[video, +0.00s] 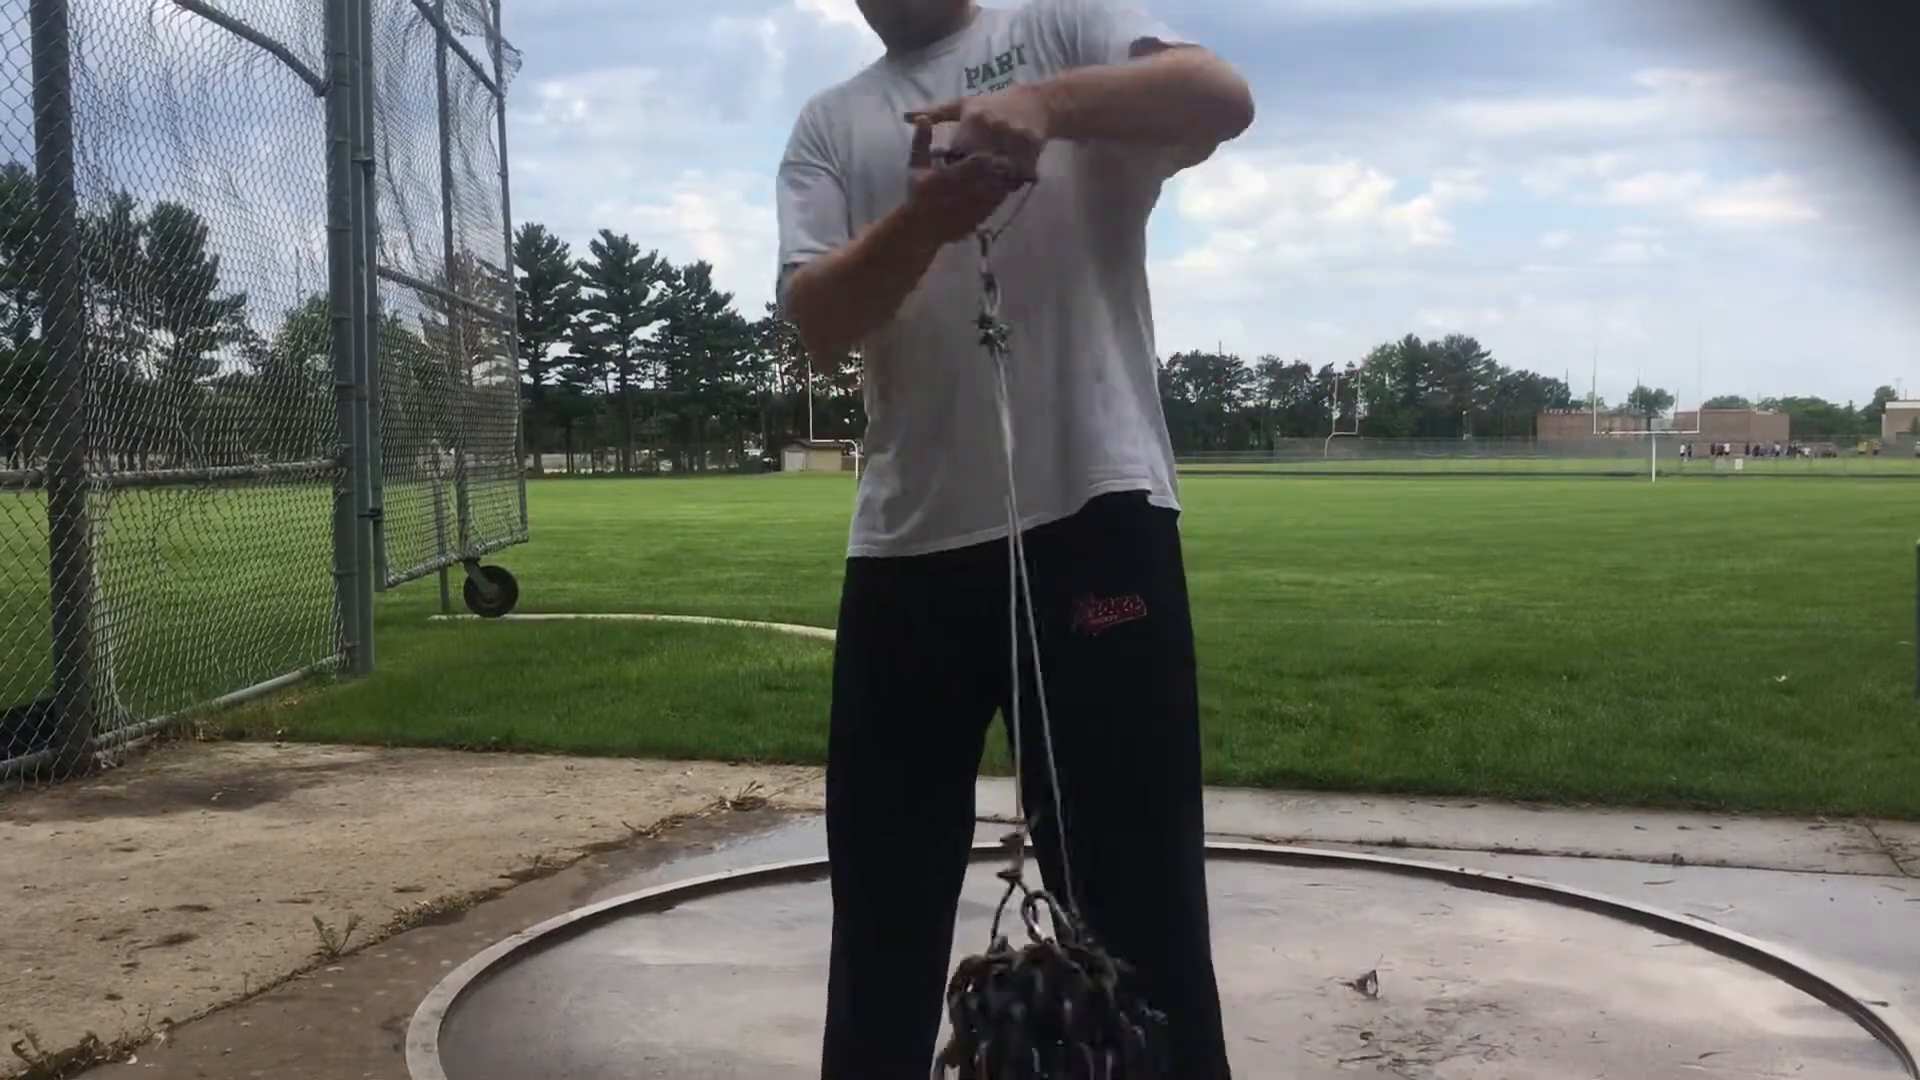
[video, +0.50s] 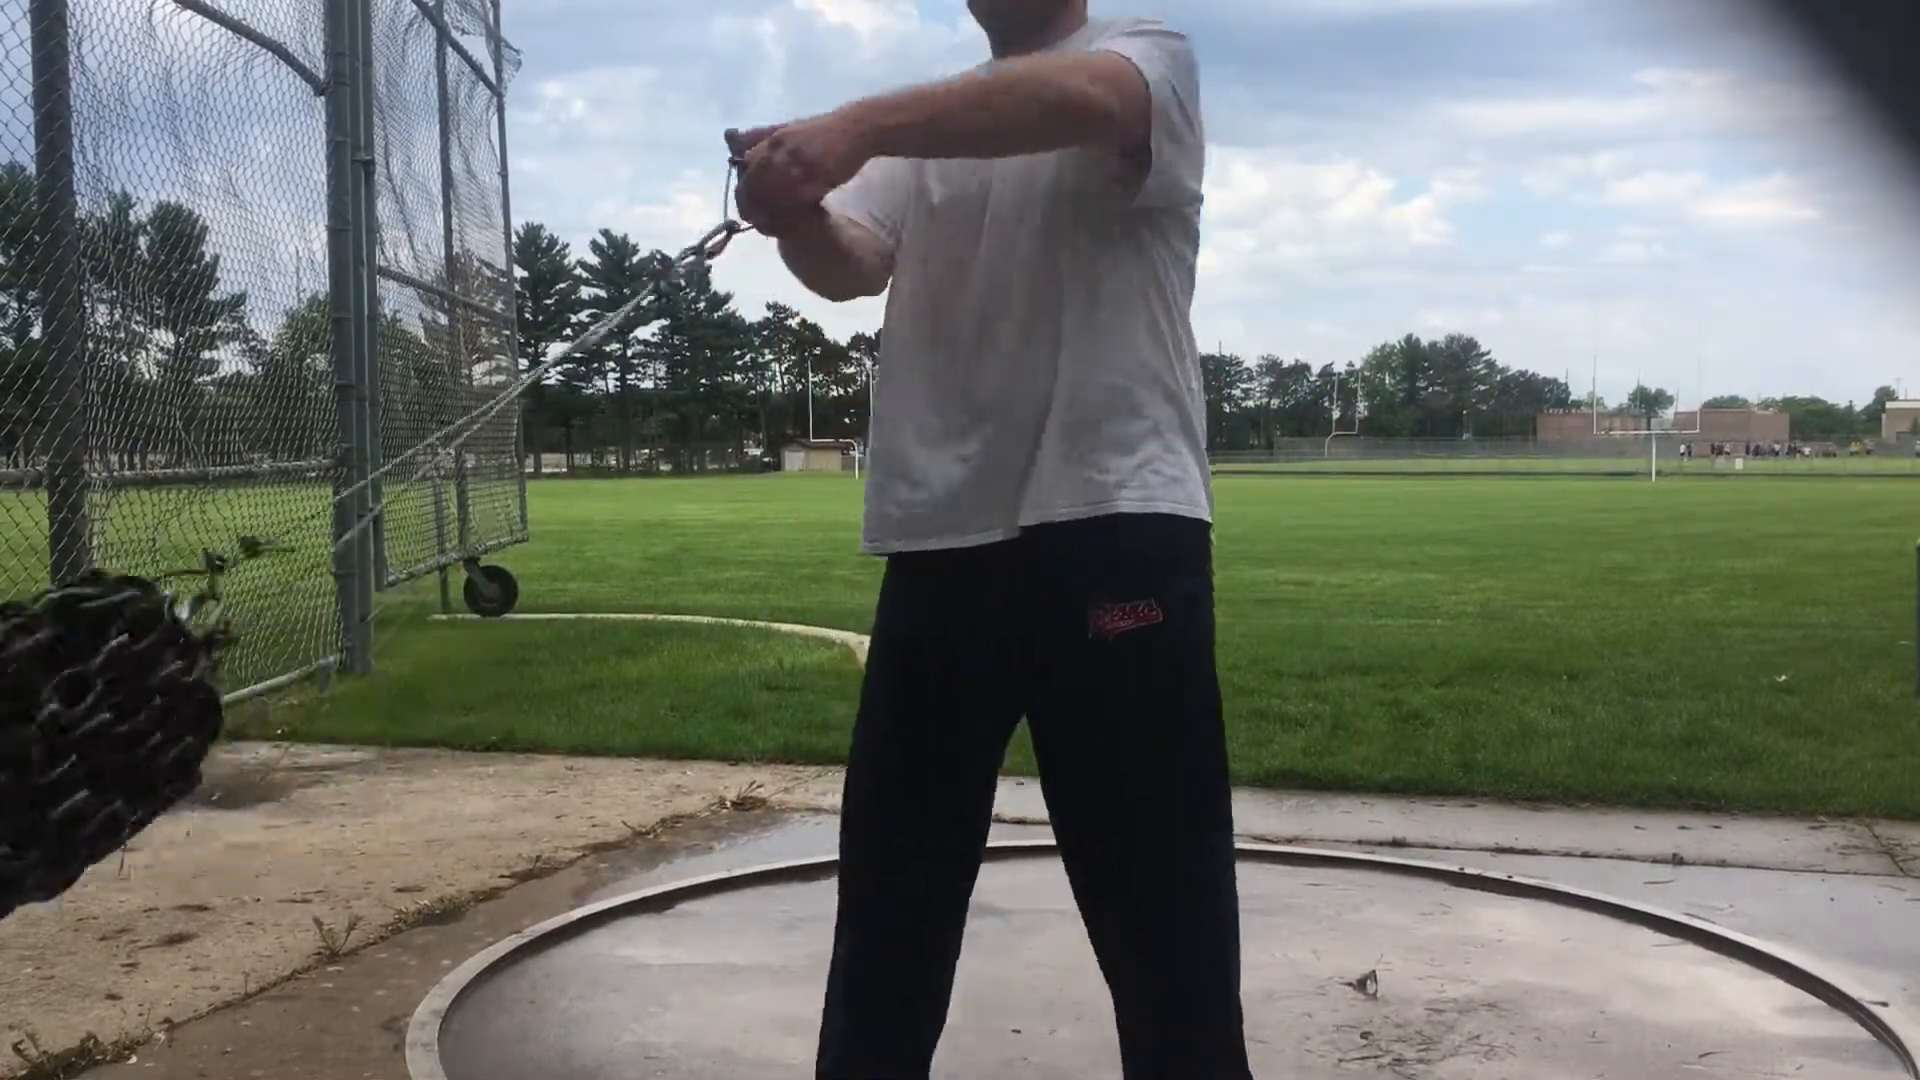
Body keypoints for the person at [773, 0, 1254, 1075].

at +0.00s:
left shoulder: (1071, 34)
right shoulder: (829, 123)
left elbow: (1222, 98)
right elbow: (816, 329)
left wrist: (1045, 103)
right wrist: (923, 218)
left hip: (1098, 511)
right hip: (911, 540)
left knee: (1140, 894)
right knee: (884, 911)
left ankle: (1172, 1069)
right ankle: (871, 1078)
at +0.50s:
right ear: (977, 4)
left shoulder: (1148, 56)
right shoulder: (928, 133)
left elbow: (1090, 99)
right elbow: (855, 265)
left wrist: (861, 127)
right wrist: (797, 221)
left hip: (1114, 528)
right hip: (938, 544)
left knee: (1162, 918)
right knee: (890, 910)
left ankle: (1189, 1067)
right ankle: (864, 1070)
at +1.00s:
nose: (1028, 3)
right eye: (1032, 6)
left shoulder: (1151, 60)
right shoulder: (1023, 146)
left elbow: (912, 115)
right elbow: (974, 337)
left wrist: (784, 232)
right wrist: (845, 275)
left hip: (1109, 519)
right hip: (976, 537)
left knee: (1129, 867)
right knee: (966, 858)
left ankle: (1169, 1067)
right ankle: (952, 1060)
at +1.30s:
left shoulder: (986, 42)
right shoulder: (1056, 94)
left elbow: (749, 180)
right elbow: (961, 323)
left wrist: (728, 277)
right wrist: (802, 296)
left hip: (987, 512)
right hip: (933, 514)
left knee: (1057, 849)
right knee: (920, 854)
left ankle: (1176, 1065)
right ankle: (925, 1064)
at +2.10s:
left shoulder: (1130, 81)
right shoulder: (985, 136)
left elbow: (913, 173)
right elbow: (883, 292)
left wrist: (705, 236)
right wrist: (753, 272)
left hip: (1094, 517)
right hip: (947, 537)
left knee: (1108, 868)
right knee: (920, 873)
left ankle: (1169, 1073)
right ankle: (921, 1070)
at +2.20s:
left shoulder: (1202, 93)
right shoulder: (1004, 111)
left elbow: (1048, 184)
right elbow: (916, 279)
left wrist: (817, 249)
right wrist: (832, 293)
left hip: (1138, 526)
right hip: (973, 533)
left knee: (1142, 891)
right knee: (930, 894)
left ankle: (1185, 1074)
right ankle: (918, 1072)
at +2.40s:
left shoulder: (1289, 106)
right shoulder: (1049, 98)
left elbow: (1208, 229)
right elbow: (968, 226)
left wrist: (996, 300)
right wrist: (939, 316)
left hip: (1201, 524)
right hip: (1027, 522)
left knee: (1189, 875)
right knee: (963, 864)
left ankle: (1197, 1070)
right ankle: (926, 1066)